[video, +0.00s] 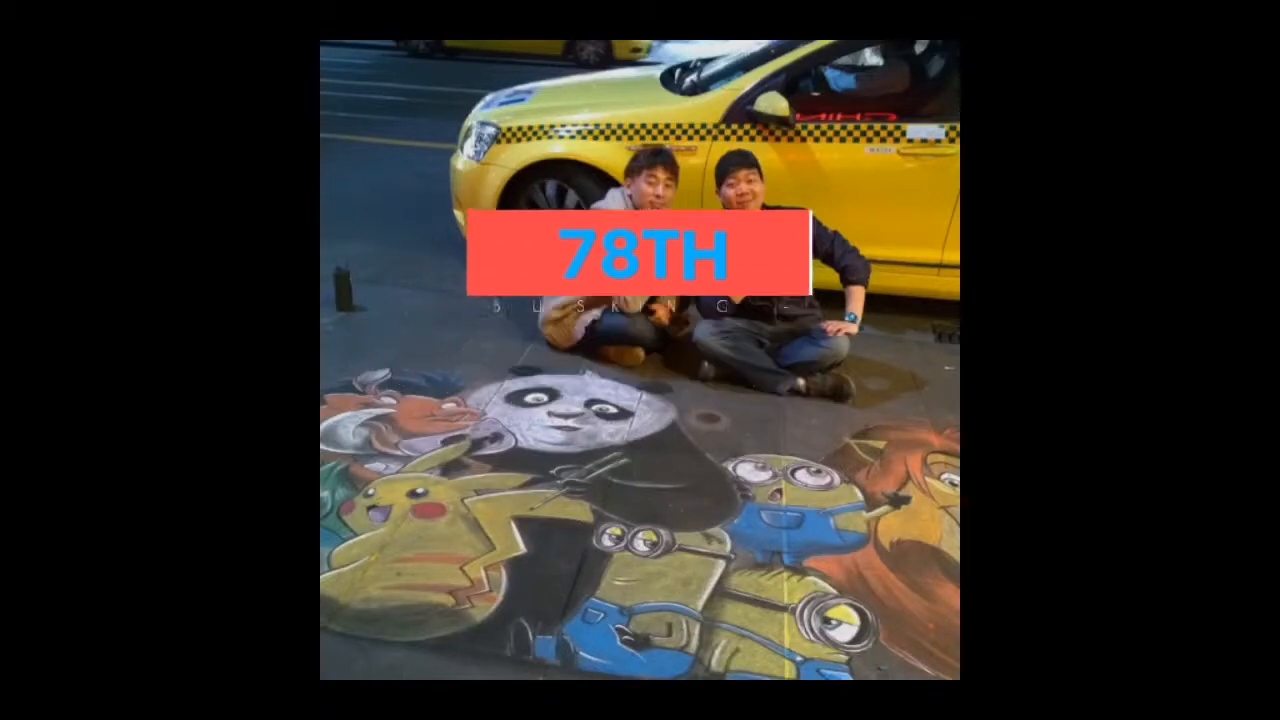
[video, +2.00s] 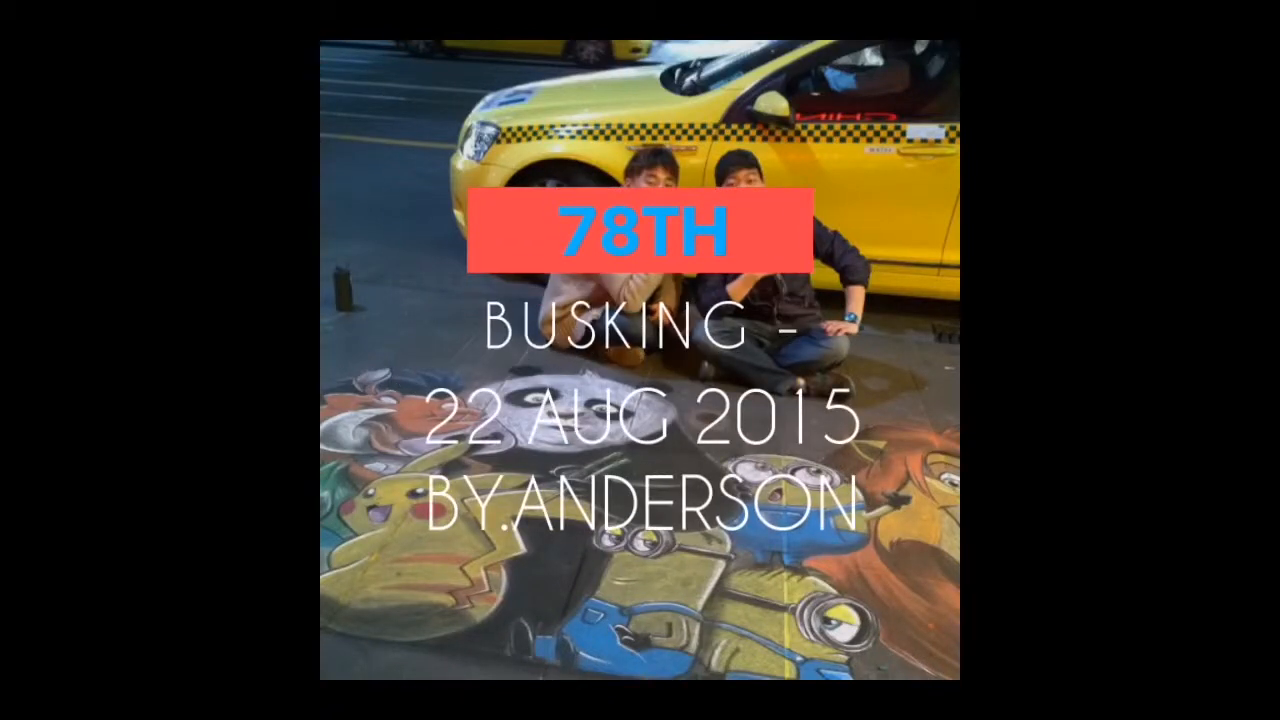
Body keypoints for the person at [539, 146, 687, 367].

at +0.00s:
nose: (659, 193)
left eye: (668, 185)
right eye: (651, 182)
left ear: (675, 192)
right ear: (629, 184)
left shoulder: (661, 220)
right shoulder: (609, 214)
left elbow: (675, 272)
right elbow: (630, 304)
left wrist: (665, 303)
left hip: (614, 307)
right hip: (569, 317)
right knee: (638, 327)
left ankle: (628, 346)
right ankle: (674, 335)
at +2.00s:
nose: (659, 191)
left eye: (668, 184)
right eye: (651, 181)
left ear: (675, 189)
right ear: (629, 182)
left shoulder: (657, 223)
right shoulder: (604, 222)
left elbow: (669, 278)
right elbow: (629, 300)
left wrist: (665, 304)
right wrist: (664, 248)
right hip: (565, 318)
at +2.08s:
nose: (659, 193)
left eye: (667, 185)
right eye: (650, 182)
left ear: (675, 192)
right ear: (629, 185)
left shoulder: (657, 225)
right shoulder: (608, 229)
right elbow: (622, 309)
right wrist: (657, 254)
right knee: (629, 354)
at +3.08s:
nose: (660, 193)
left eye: (668, 185)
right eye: (651, 182)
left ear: (675, 192)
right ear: (629, 184)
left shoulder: (655, 222)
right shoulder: (605, 227)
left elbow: (670, 268)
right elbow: (629, 301)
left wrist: (665, 303)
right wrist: (658, 250)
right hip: (567, 319)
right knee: (639, 328)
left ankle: (632, 348)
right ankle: (669, 338)